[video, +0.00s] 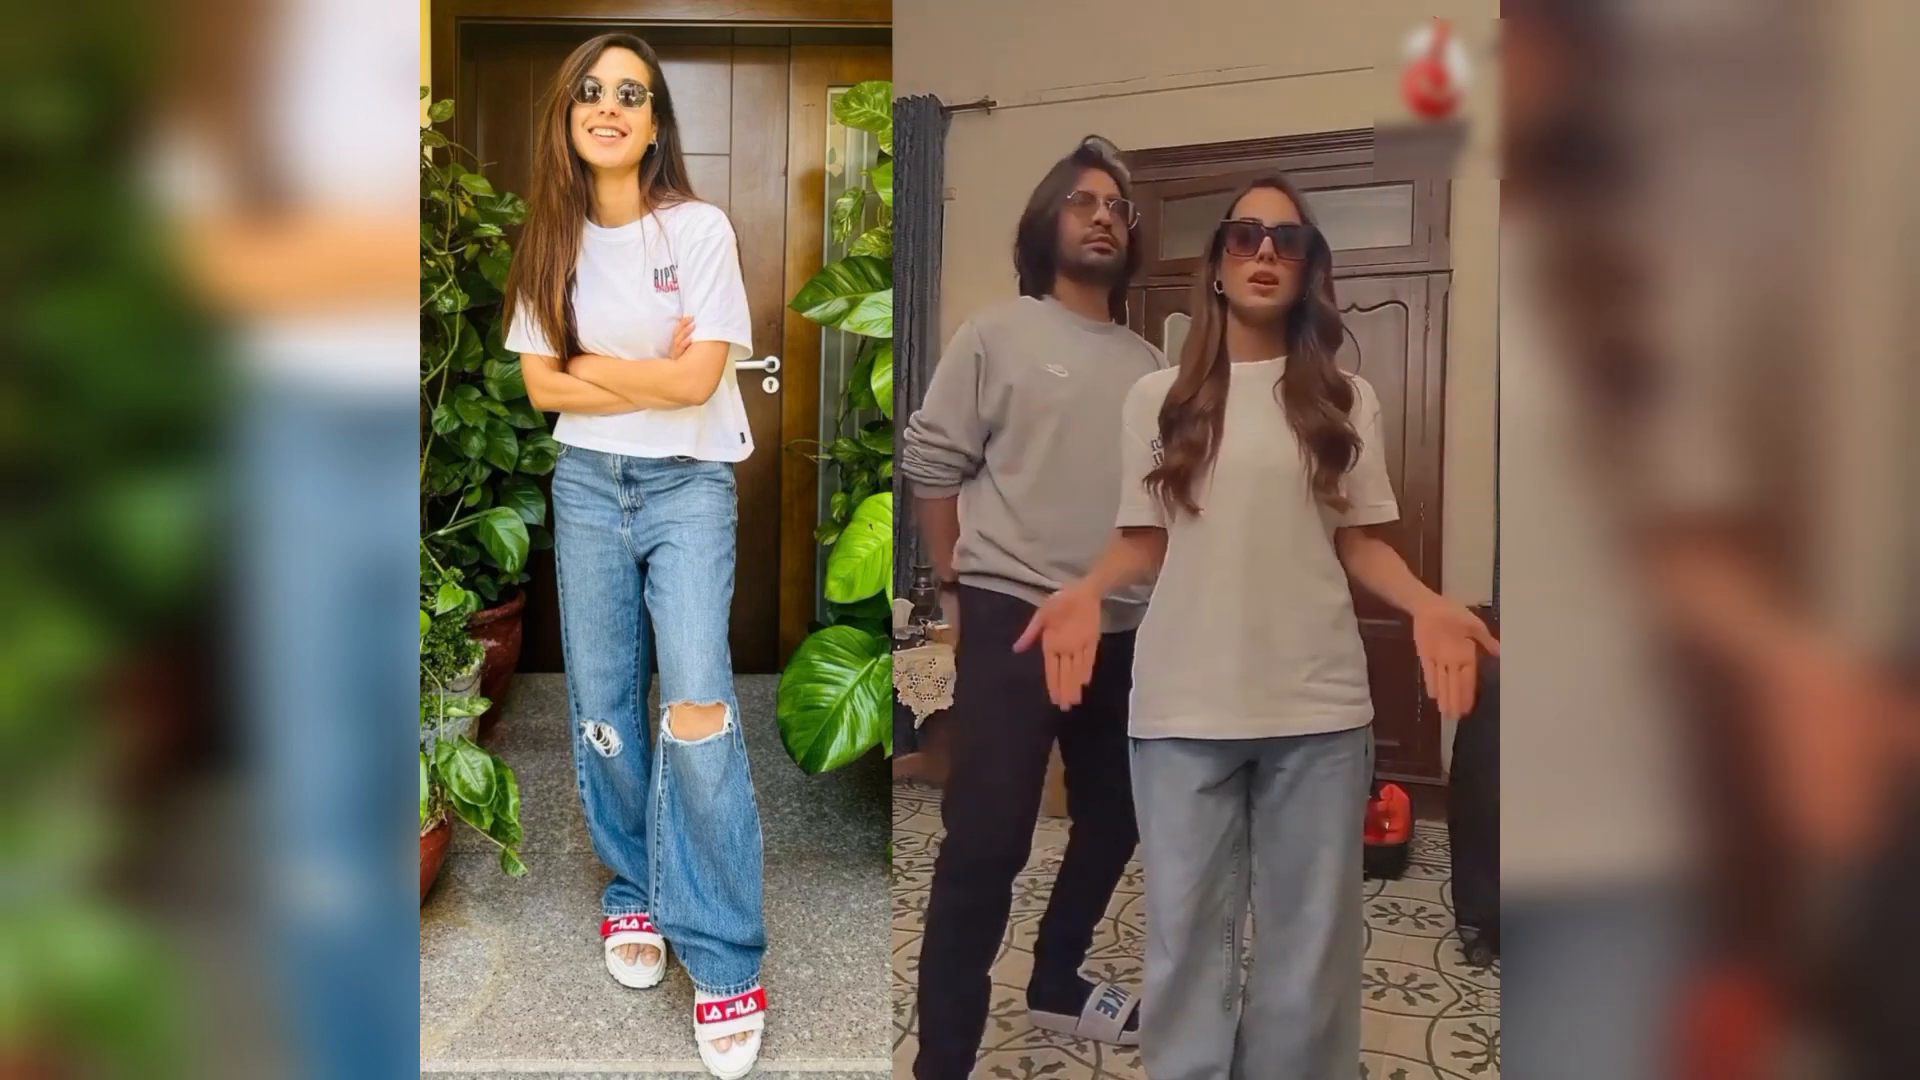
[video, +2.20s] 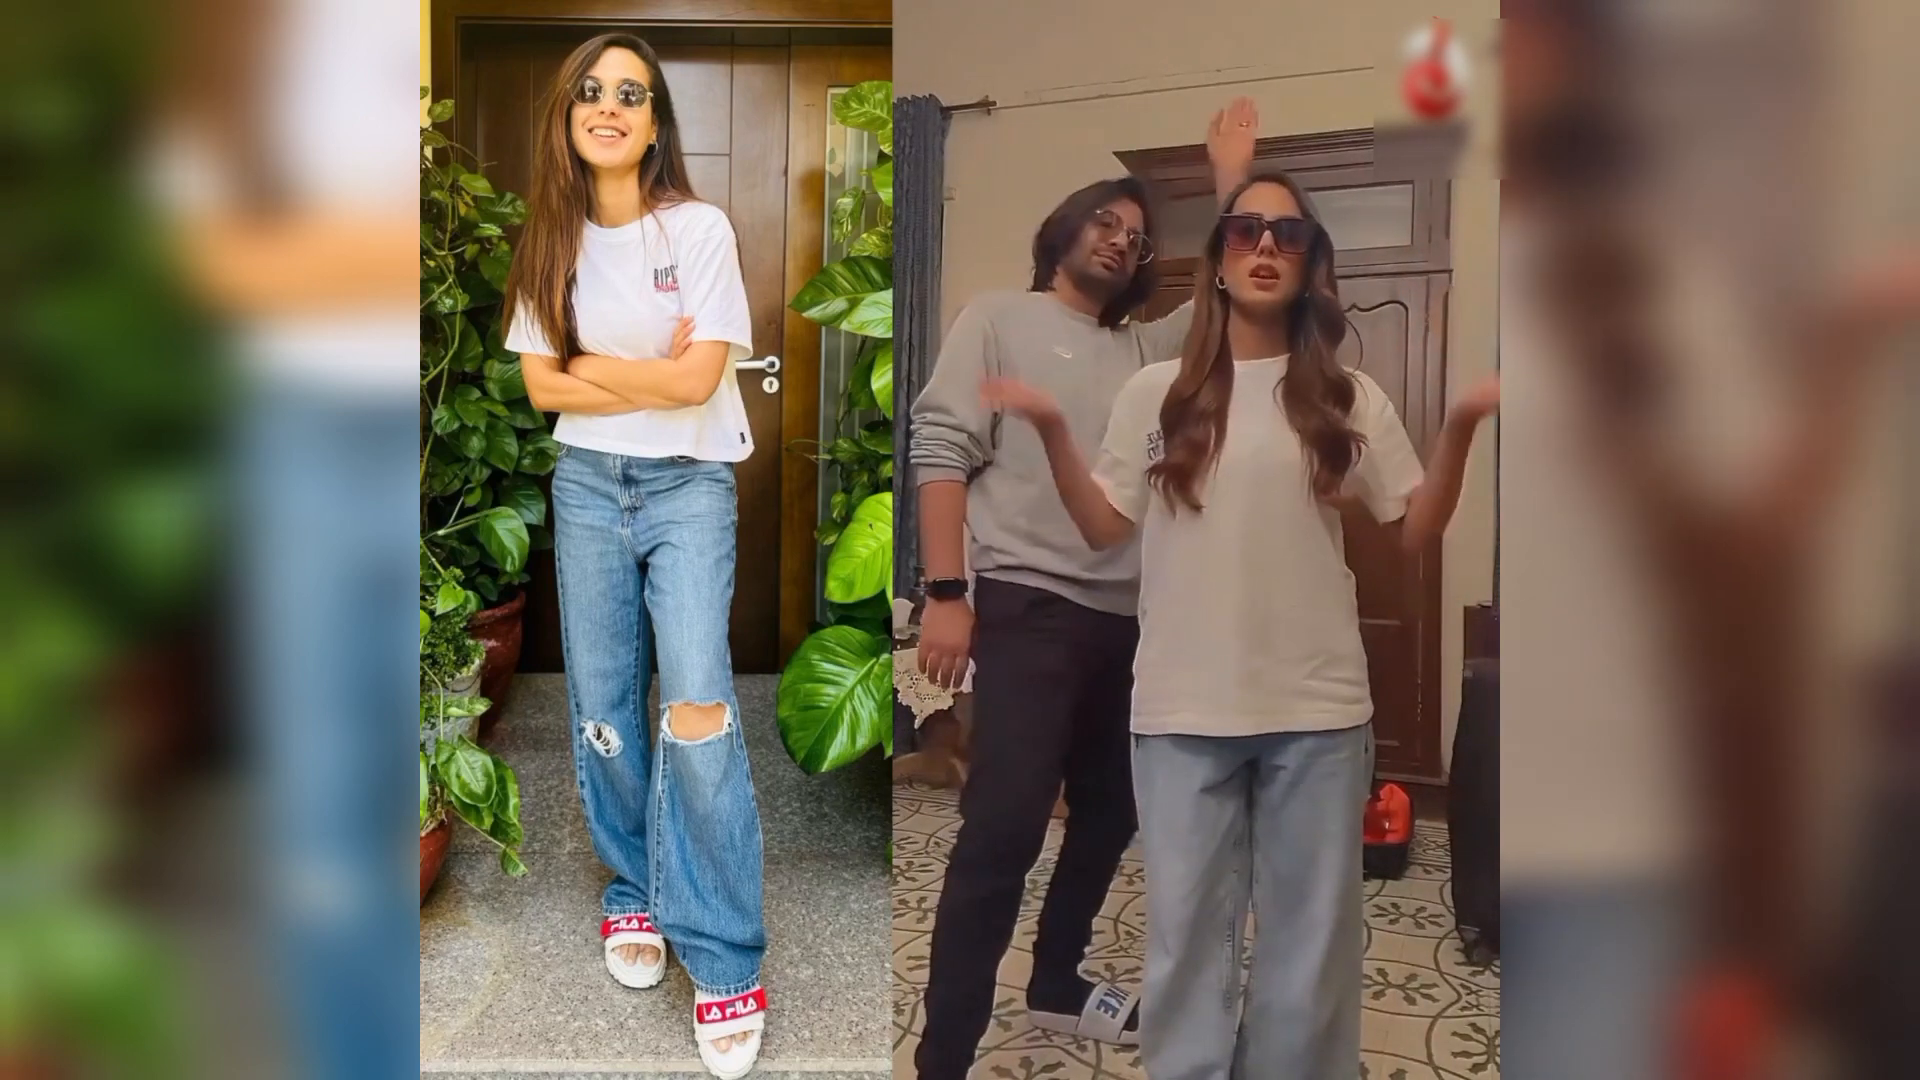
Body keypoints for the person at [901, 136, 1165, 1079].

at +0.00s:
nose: (1105, 218)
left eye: (1119, 207)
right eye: (1085, 204)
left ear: (1134, 233)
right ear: (1045, 225)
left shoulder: (1152, 361)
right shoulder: (994, 337)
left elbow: (1172, 496)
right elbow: (930, 464)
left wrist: (1162, 598)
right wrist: (952, 586)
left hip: (1124, 621)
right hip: (1009, 611)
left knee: (1112, 821)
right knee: (987, 840)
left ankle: (1057, 990)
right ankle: (942, 1062)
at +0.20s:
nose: (1107, 226)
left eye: (1116, 214)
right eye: (1085, 214)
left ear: (1128, 235)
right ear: (1044, 234)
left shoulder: (1153, 362)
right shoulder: (1009, 344)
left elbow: (1185, 492)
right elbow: (917, 450)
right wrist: (856, 484)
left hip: (1127, 614)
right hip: (1023, 598)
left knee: (1113, 815)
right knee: (991, 826)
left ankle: (1056, 992)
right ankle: (939, 1060)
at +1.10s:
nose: (1139, 227)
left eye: (1139, 216)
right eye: (1120, 212)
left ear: (1116, 238)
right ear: (1065, 223)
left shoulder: (1119, 356)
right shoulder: (997, 314)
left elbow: (1130, 485)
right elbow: (932, 451)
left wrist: (1155, 586)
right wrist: (943, 588)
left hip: (1114, 618)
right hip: (1023, 610)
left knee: (1093, 817)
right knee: (1001, 837)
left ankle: (1056, 991)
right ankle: (948, 1059)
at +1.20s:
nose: (1135, 232)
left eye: (1137, 221)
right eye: (1120, 216)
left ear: (1126, 244)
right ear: (1065, 224)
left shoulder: (1128, 348)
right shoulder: (998, 311)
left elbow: (1199, 402)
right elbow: (934, 450)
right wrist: (941, 593)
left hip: (1119, 619)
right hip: (1023, 612)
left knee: (1091, 817)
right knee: (999, 838)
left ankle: (1056, 993)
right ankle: (947, 1062)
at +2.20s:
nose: (1122, 241)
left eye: (1136, 236)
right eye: (1108, 221)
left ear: (1140, 260)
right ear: (1067, 225)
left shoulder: (1144, 348)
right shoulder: (996, 318)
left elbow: (1236, 310)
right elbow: (940, 451)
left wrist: (1235, 192)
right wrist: (947, 592)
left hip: (1126, 616)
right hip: (1023, 604)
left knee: (1106, 820)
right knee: (1001, 837)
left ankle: (1056, 989)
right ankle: (942, 1062)